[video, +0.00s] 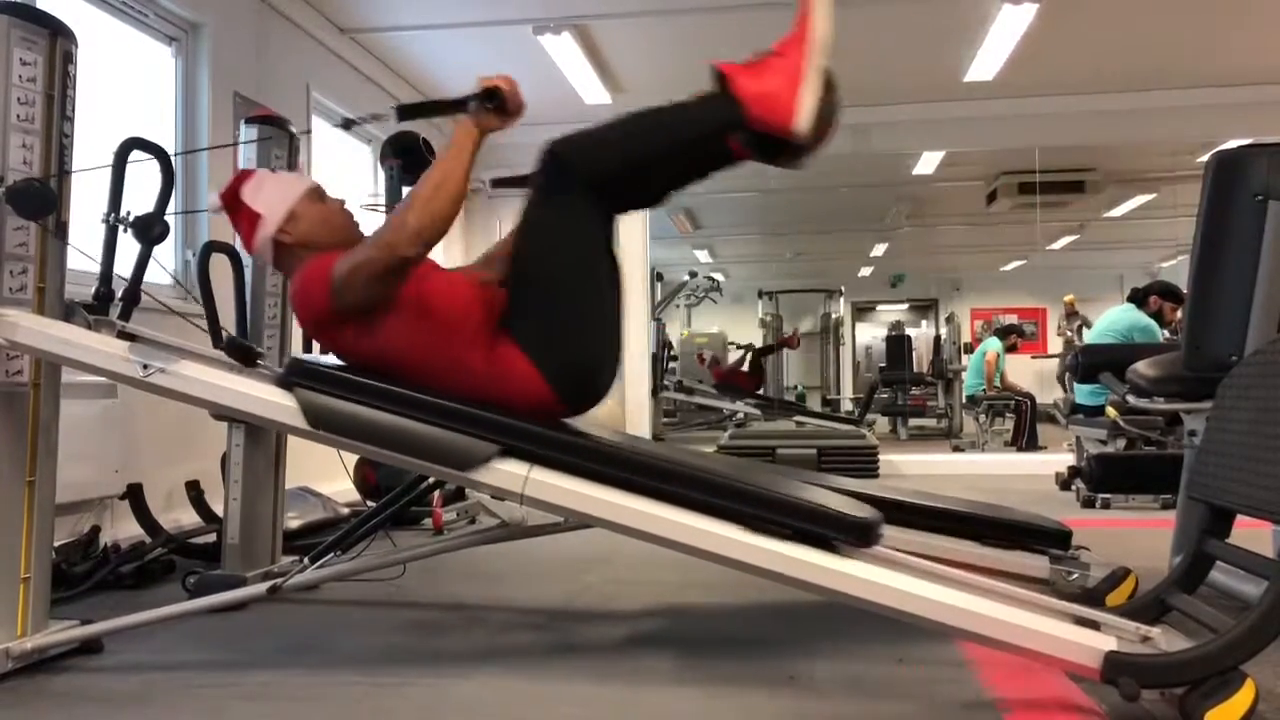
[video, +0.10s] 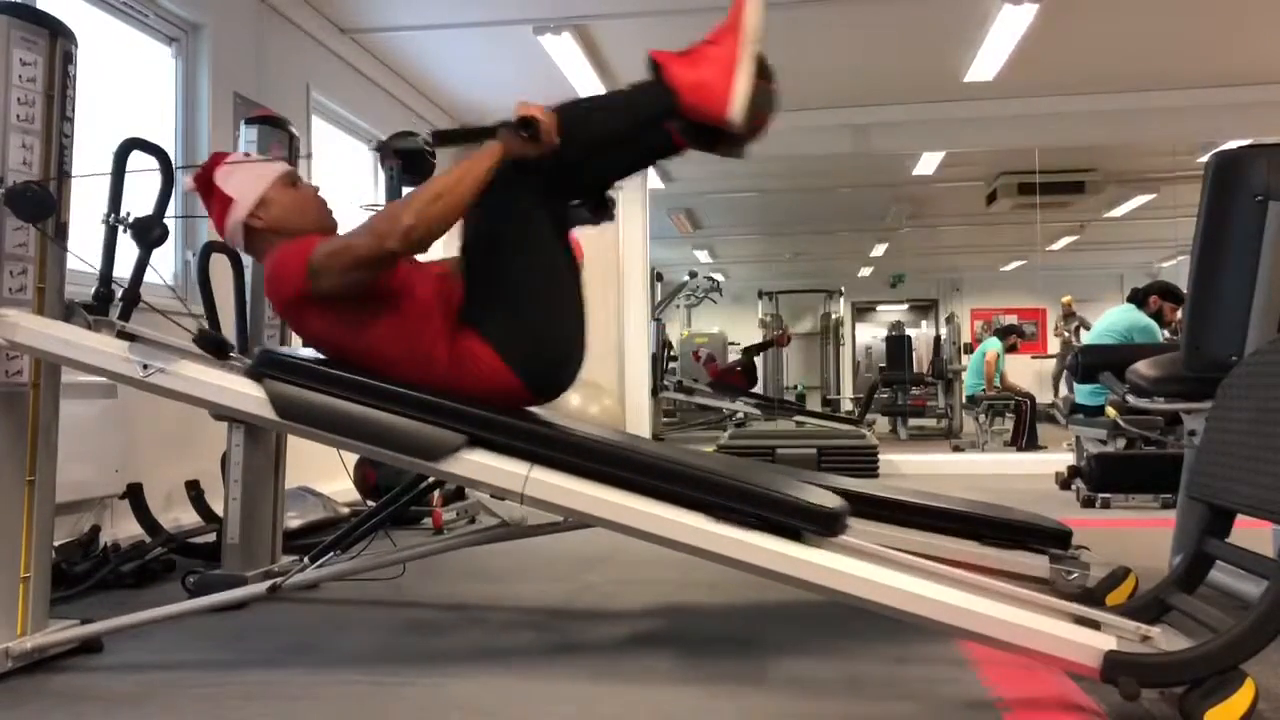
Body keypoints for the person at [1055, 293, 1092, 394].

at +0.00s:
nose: (1067, 308)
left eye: (1069, 305)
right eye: (1065, 305)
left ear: (1073, 305)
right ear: (1064, 306)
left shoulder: (1080, 317)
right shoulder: (1062, 317)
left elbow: (1091, 328)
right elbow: (1058, 332)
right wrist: (1064, 332)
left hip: (1078, 347)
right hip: (1066, 348)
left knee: (1078, 372)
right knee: (1060, 375)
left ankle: (1078, 394)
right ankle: (1067, 394)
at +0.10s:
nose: (1065, 308)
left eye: (1067, 306)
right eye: (1063, 306)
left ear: (1071, 306)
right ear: (1061, 307)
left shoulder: (1078, 318)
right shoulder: (1059, 318)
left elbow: (1090, 328)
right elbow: (1055, 332)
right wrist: (1060, 332)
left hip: (1075, 349)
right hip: (1063, 349)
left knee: (1074, 374)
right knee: (1055, 375)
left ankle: (1073, 397)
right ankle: (1056, 397)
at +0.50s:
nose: (1054, 316)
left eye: (1056, 314)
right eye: (1052, 313)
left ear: (1061, 315)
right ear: (1049, 314)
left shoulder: (1063, 326)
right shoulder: (1045, 325)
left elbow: (1074, 334)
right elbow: (1042, 337)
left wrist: (1085, 340)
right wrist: (1050, 342)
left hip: (1061, 356)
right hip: (1049, 356)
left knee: (1059, 383)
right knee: (1045, 384)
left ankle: (1069, 401)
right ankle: (1042, 407)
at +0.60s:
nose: (1049, 318)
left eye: (1052, 316)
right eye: (1048, 316)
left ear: (1056, 318)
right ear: (1044, 316)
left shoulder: (1058, 329)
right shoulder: (1036, 327)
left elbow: (1070, 338)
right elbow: (1027, 340)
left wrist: (1080, 343)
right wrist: (1036, 344)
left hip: (1055, 359)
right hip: (1041, 359)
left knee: (1055, 385)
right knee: (1038, 386)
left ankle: (1066, 398)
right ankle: (1038, 409)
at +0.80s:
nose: (1040, 318)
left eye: (1043, 315)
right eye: (1037, 315)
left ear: (1048, 317)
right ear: (1033, 316)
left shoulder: (1051, 329)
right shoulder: (1028, 328)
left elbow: (1058, 341)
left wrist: (1066, 351)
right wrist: (1031, 346)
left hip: (1048, 360)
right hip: (1032, 361)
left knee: (1045, 380)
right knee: (1032, 387)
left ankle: (1054, 397)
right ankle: (1034, 407)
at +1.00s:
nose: (1035, 320)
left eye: (1038, 317)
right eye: (1033, 317)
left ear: (1043, 318)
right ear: (1030, 317)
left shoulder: (1048, 329)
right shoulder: (1025, 329)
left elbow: (1054, 342)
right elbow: (1019, 341)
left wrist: (1055, 351)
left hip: (1044, 359)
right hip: (1029, 359)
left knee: (1038, 382)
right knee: (1029, 385)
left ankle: (1041, 404)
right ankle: (1031, 407)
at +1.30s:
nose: (1033, 319)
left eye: (1035, 317)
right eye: (1031, 316)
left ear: (1039, 318)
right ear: (1028, 317)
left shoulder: (1044, 330)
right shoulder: (1023, 329)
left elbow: (1052, 346)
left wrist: (1038, 347)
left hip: (1041, 362)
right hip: (1026, 361)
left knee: (1034, 388)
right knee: (1024, 387)